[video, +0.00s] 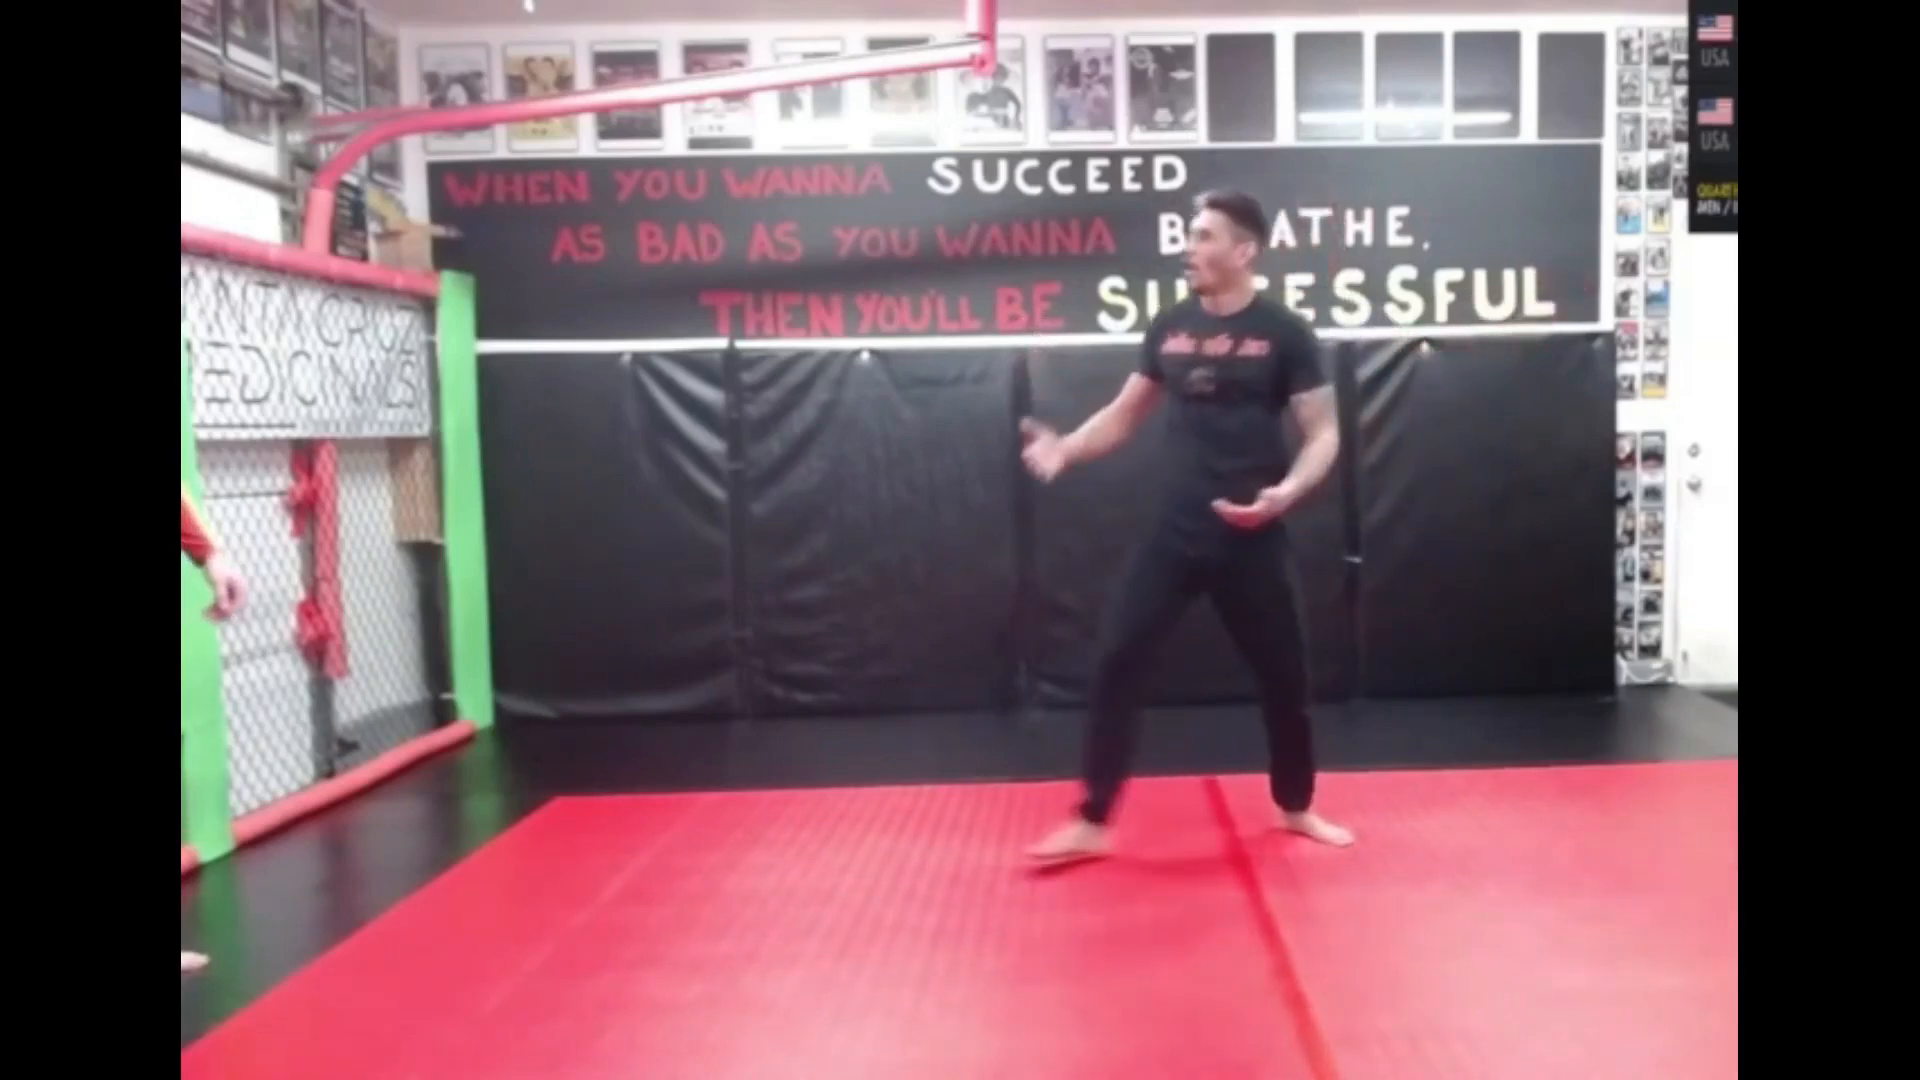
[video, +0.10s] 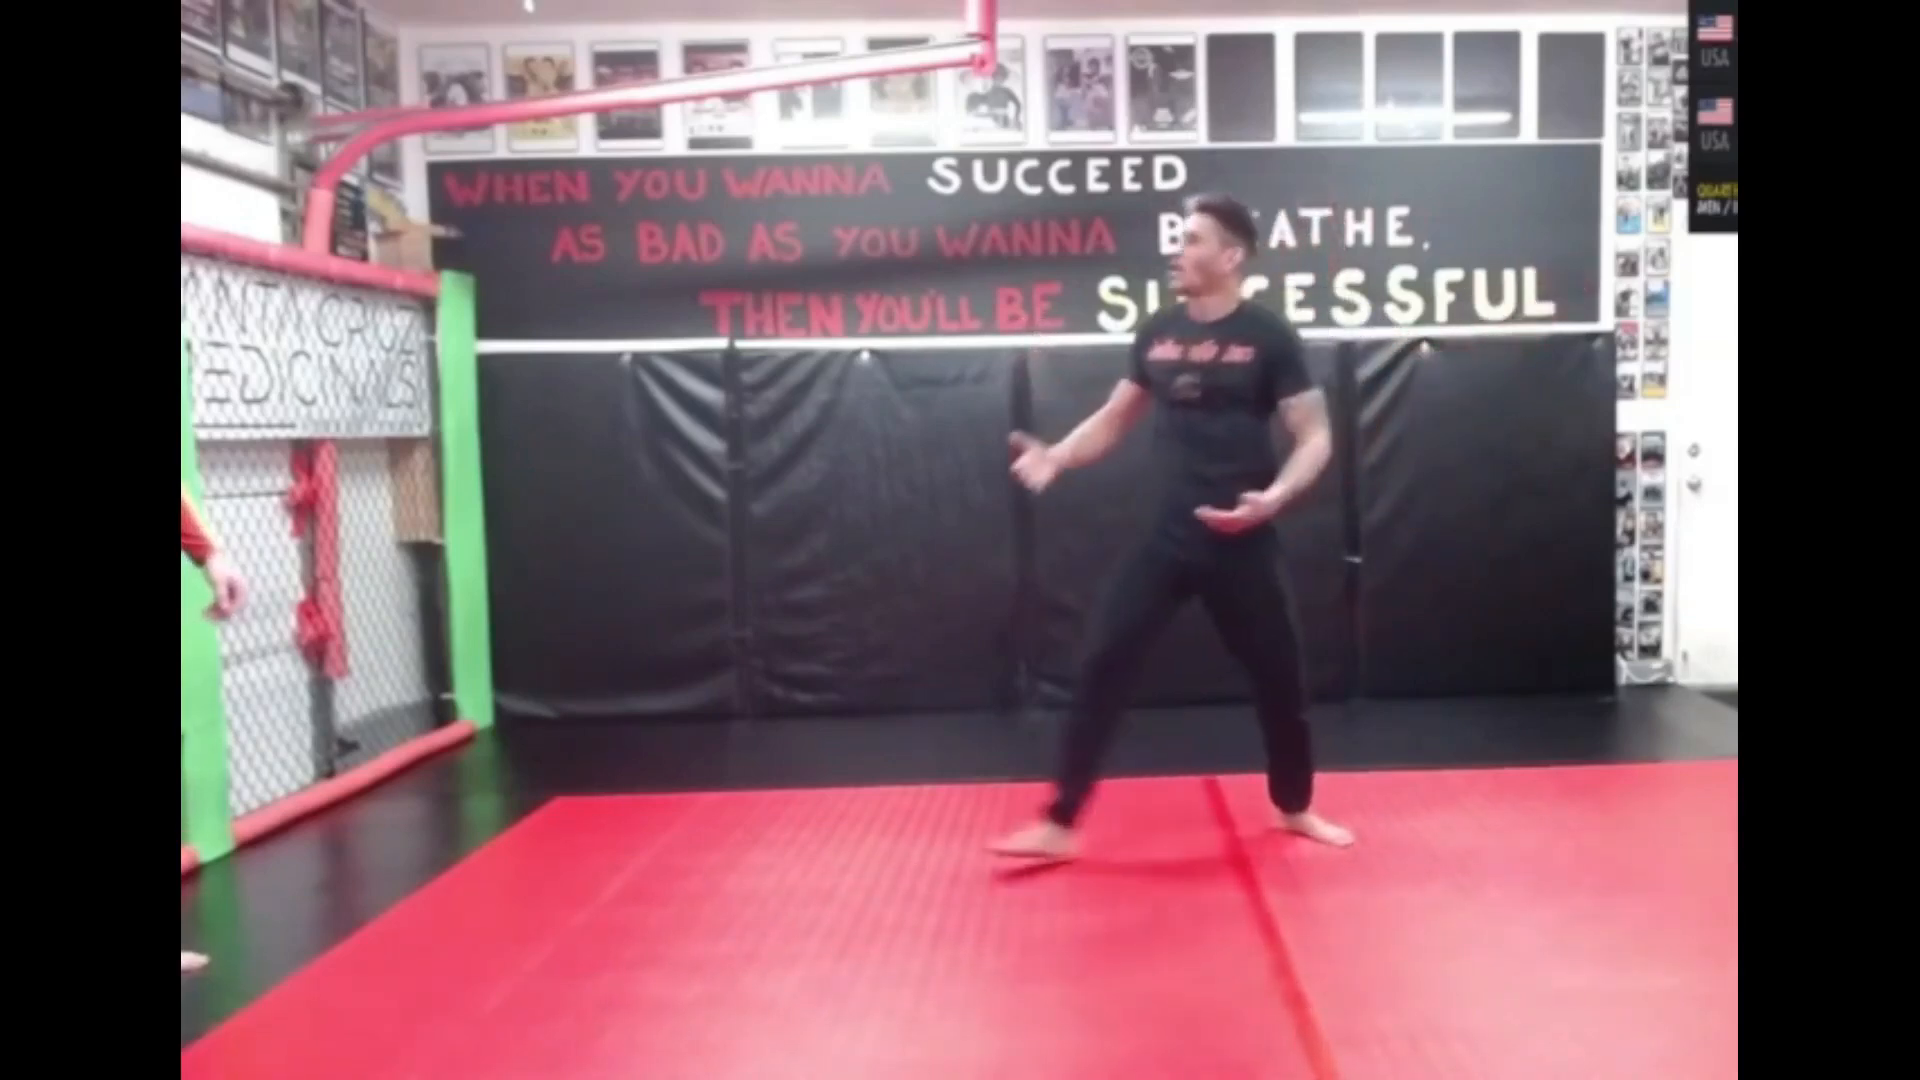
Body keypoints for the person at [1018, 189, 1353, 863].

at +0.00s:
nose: (1191, 248)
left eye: (1207, 237)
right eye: (1191, 236)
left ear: (1248, 250)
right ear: (1195, 247)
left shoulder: (1286, 332)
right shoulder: (1171, 328)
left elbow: (1324, 436)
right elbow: (1123, 413)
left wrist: (1285, 492)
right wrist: (1067, 447)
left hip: (1252, 530)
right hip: (1175, 525)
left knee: (1283, 672)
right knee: (1118, 655)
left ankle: (1296, 807)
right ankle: (1092, 819)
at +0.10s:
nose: (1179, 252)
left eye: (1195, 240)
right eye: (1181, 239)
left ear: (1235, 256)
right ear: (1188, 253)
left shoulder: (1269, 333)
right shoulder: (1160, 334)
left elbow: (1315, 437)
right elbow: (1114, 417)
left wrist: (1274, 497)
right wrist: (1055, 457)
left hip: (1243, 536)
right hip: (1169, 532)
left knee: (1279, 673)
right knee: (1104, 658)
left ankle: (1295, 807)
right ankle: (1059, 823)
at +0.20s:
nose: (1084, 261)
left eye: (1102, 252)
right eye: (1086, 250)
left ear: (1145, 271)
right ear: (1086, 271)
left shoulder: (1180, 353)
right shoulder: (1078, 362)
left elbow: (1251, 443)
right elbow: (1042, 434)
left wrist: (1200, 512)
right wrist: (973, 479)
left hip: (1175, 553)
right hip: (1099, 554)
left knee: (1235, 678)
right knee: (1032, 679)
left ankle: (1290, 807)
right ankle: (961, 837)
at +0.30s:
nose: (970, 295)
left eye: (987, 280)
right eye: (968, 282)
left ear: (1037, 295)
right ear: (974, 297)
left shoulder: (1082, 371)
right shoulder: (994, 383)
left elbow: (1147, 467)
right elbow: (983, 469)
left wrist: (1116, 551)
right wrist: (916, 531)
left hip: (1104, 555)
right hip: (1033, 560)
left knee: (1175, 691)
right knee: (970, 685)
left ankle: (1264, 802)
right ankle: (943, 850)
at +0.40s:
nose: (873, 353)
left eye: (880, 337)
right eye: (869, 338)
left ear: (929, 328)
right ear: (913, 337)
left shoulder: (1008, 387)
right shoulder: (932, 404)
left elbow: (1055, 497)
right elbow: (945, 496)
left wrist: (1026, 613)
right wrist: (916, 588)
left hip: (1070, 541)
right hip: (1003, 543)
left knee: (1119, 695)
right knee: (945, 675)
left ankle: (1202, 831)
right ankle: (938, 847)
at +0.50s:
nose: (833, 368)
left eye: (840, 352)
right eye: (831, 353)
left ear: (887, 343)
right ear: (880, 348)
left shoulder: (975, 391)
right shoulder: (909, 406)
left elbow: (1017, 507)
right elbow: (931, 502)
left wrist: (988, 619)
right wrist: (923, 605)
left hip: (1050, 541)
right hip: (979, 539)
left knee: (1099, 697)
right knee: (939, 677)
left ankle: (1175, 843)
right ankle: (939, 847)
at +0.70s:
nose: (794, 350)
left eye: (799, 333)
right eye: (791, 335)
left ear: (845, 323)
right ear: (841, 327)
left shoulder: (931, 370)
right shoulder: (874, 383)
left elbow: (969, 488)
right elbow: (898, 484)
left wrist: (937, 583)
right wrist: (900, 583)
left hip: (1014, 536)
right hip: (949, 544)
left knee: (1078, 681)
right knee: (929, 688)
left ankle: (1163, 836)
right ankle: (939, 849)